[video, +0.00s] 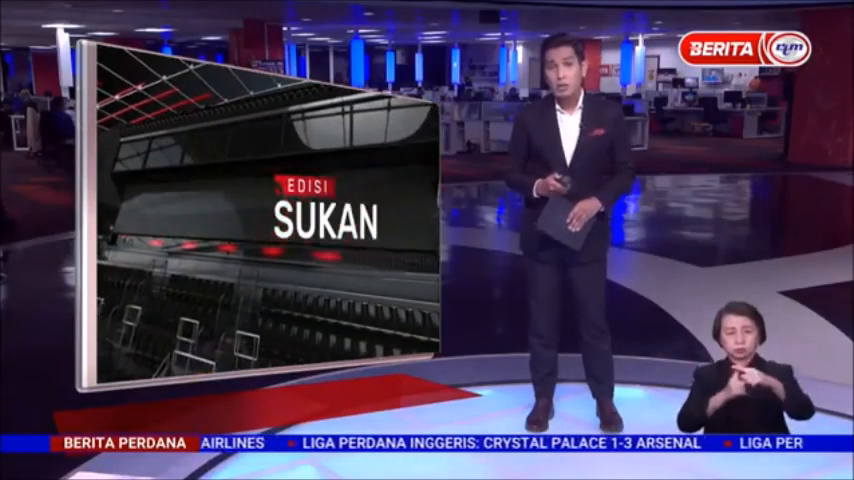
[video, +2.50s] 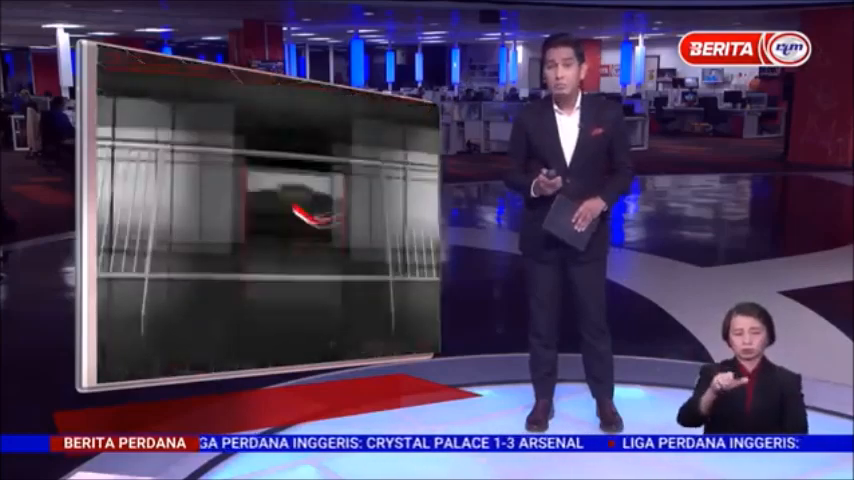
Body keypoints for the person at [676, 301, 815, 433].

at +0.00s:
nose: (740, 340)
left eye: (748, 331)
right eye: (731, 333)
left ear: (760, 336)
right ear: (720, 340)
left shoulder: (781, 373)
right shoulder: (709, 375)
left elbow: (806, 412)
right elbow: (687, 424)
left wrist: (772, 383)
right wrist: (727, 394)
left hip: (774, 460)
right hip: (722, 460)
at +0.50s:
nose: (743, 340)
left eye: (750, 332)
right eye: (734, 333)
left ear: (762, 335)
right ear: (722, 340)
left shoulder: (782, 374)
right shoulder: (709, 375)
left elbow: (804, 416)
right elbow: (685, 421)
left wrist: (765, 386)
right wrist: (716, 397)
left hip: (773, 461)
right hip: (720, 461)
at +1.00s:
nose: (743, 345)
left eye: (750, 336)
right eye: (734, 337)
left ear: (762, 338)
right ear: (723, 341)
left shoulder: (781, 375)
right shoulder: (711, 376)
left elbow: (809, 417)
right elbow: (680, 420)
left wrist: (784, 384)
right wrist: (701, 385)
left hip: (772, 460)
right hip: (720, 460)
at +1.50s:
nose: (745, 341)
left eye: (752, 333)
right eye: (736, 334)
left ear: (765, 337)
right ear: (725, 340)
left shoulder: (785, 379)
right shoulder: (708, 377)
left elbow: (804, 432)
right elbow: (684, 430)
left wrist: (777, 428)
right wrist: (710, 419)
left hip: (770, 465)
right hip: (716, 464)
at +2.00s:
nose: (746, 339)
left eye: (754, 331)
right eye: (737, 332)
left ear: (767, 336)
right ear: (727, 338)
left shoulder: (785, 379)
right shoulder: (712, 375)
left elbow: (801, 429)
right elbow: (694, 424)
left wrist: (761, 420)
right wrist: (724, 392)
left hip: (769, 461)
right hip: (719, 459)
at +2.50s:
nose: (747, 340)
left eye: (755, 332)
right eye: (738, 333)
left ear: (768, 337)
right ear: (728, 339)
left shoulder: (787, 381)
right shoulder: (712, 374)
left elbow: (797, 436)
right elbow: (686, 420)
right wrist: (712, 392)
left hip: (770, 465)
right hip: (718, 463)